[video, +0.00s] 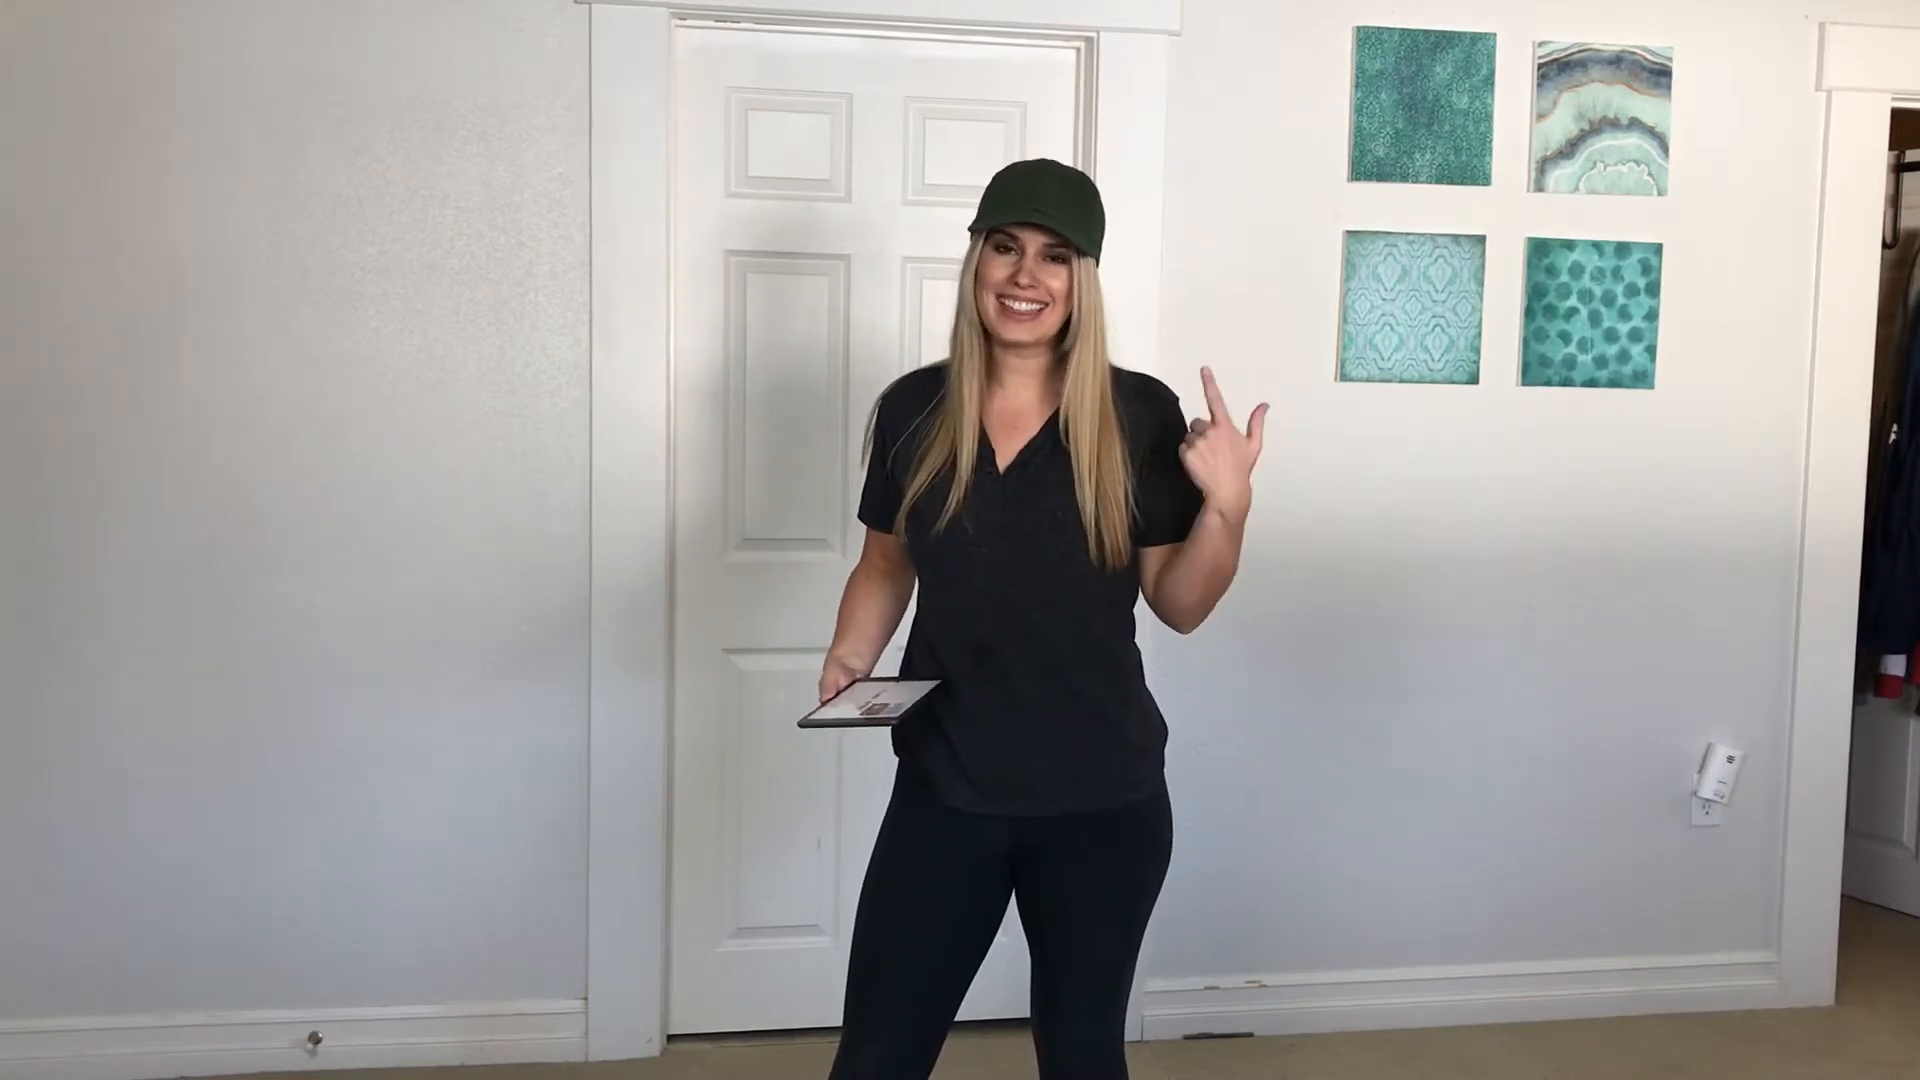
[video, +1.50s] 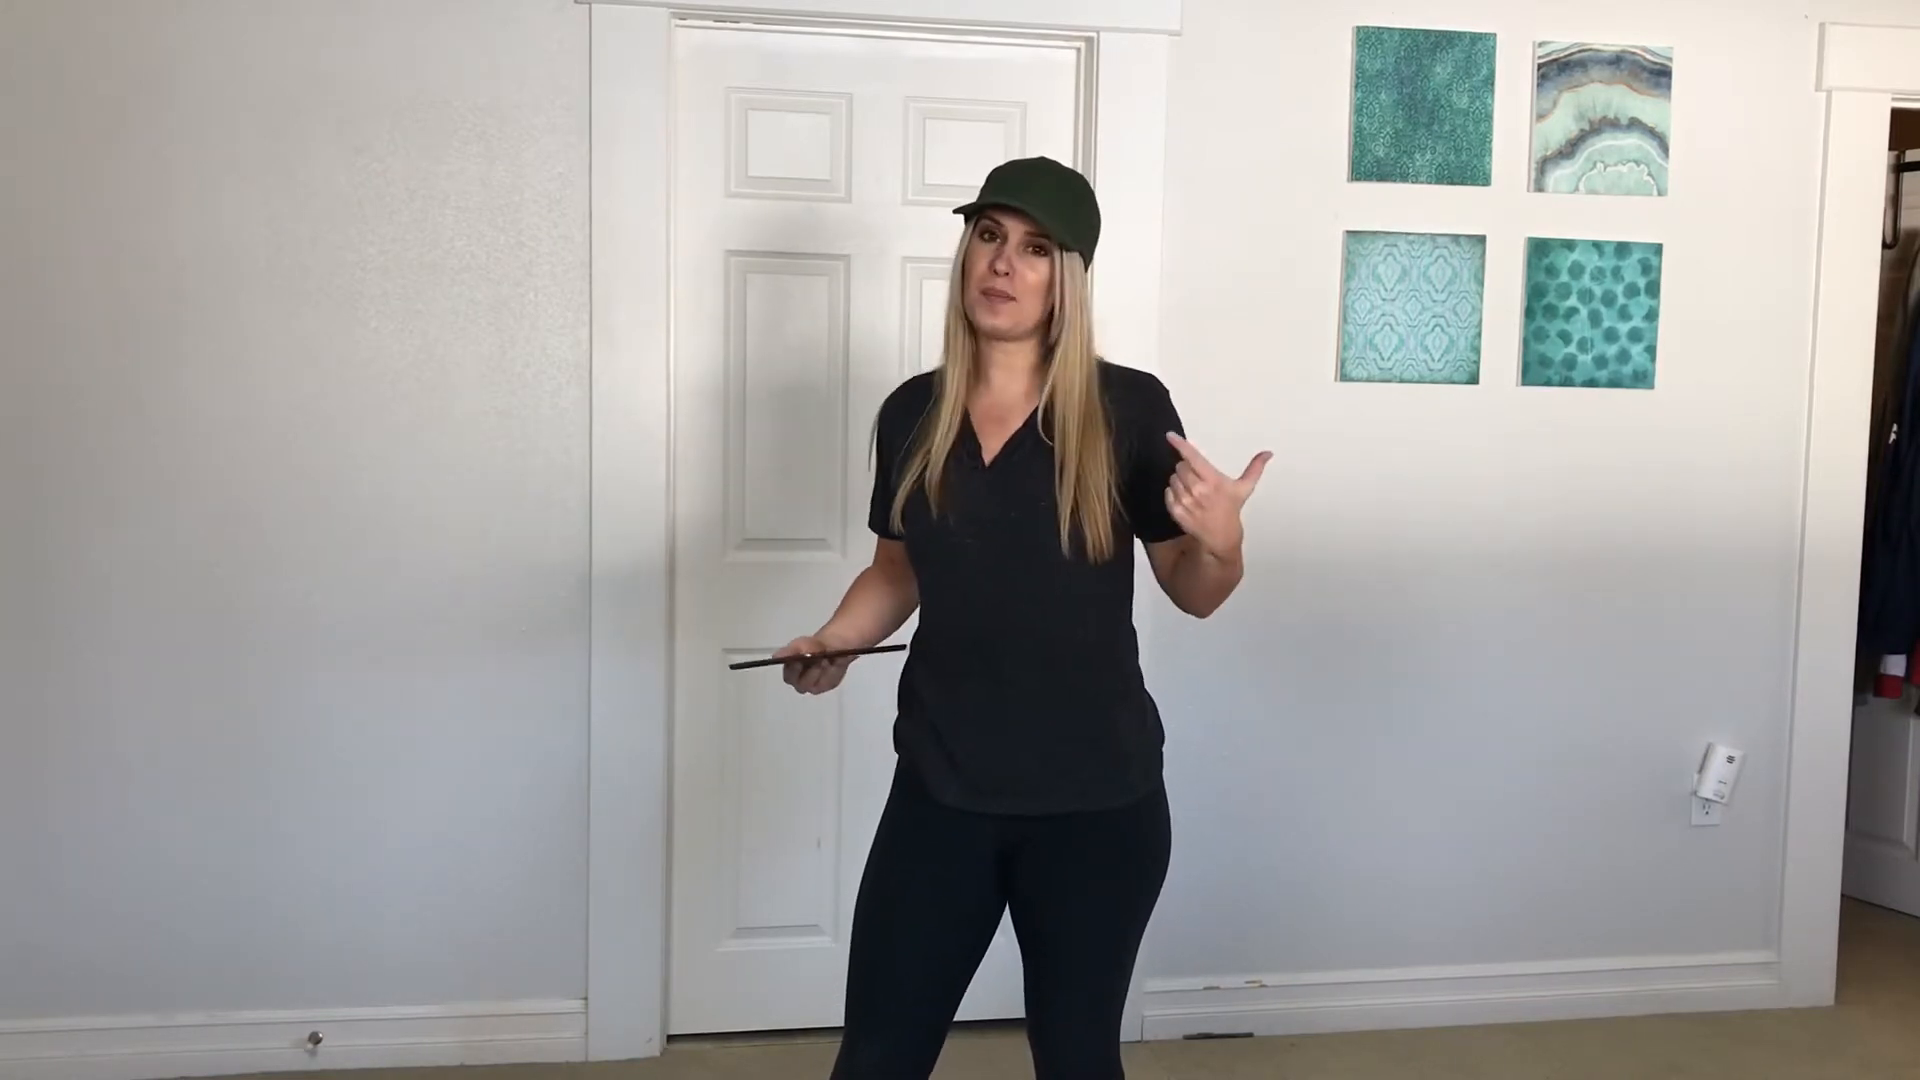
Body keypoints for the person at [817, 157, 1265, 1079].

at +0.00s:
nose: (1025, 274)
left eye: (1054, 257)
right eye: (1006, 249)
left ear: (1083, 281)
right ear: (974, 264)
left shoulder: (1136, 413)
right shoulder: (914, 410)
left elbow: (1179, 604)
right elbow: (884, 565)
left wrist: (1226, 512)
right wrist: (848, 659)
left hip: (1099, 797)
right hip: (947, 792)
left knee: (1080, 1058)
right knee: (875, 1059)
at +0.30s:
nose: (1029, 276)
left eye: (1057, 257)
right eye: (1009, 253)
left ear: (1089, 278)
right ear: (979, 269)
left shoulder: (1140, 410)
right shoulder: (918, 409)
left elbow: (1229, 581)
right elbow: (877, 563)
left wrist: (1150, 534)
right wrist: (850, 656)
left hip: (1099, 794)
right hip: (945, 789)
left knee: (1081, 1057)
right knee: (877, 1058)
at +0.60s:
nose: (1030, 268)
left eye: (1058, 249)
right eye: (1009, 243)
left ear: (1087, 274)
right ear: (977, 262)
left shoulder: (1139, 409)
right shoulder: (912, 405)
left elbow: (1189, 584)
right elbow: (873, 557)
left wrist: (1208, 560)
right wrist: (848, 660)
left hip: (1095, 790)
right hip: (942, 785)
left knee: (1078, 1056)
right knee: (874, 1057)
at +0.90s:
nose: (1038, 260)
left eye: (1066, 250)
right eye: (1021, 230)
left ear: (1083, 283)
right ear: (978, 246)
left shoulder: (1121, 406)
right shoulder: (891, 410)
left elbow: (1184, 578)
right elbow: (852, 564)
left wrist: (1156, 563)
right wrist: (832, 674)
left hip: (1100, 791)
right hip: (944, 789)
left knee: (1080, 1055)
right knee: (878, 1057)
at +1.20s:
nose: (1010, 253)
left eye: (1042, 242)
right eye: (996, 228)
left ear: (1068, 278)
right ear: (965, 248)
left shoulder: (1117, 404)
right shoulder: (896, 418)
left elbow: (1174, 589)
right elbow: (874, 573)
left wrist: (1195, 530)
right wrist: (834, 658)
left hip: (1099, 798)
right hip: (944, 797)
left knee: (1081, 1059)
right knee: (877, 1060)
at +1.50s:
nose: (1000, 263)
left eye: (1031, 247)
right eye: (987, 238)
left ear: (1068, 276)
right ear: (963, 254)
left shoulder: (1127, 407)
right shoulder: (914, 414)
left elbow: (1192, 591)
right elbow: (899, 567)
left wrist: (1220, 546)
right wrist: (835, 641)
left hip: (1093, 801)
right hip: (941, 797)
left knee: (1077, 1057)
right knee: (875, 1059)